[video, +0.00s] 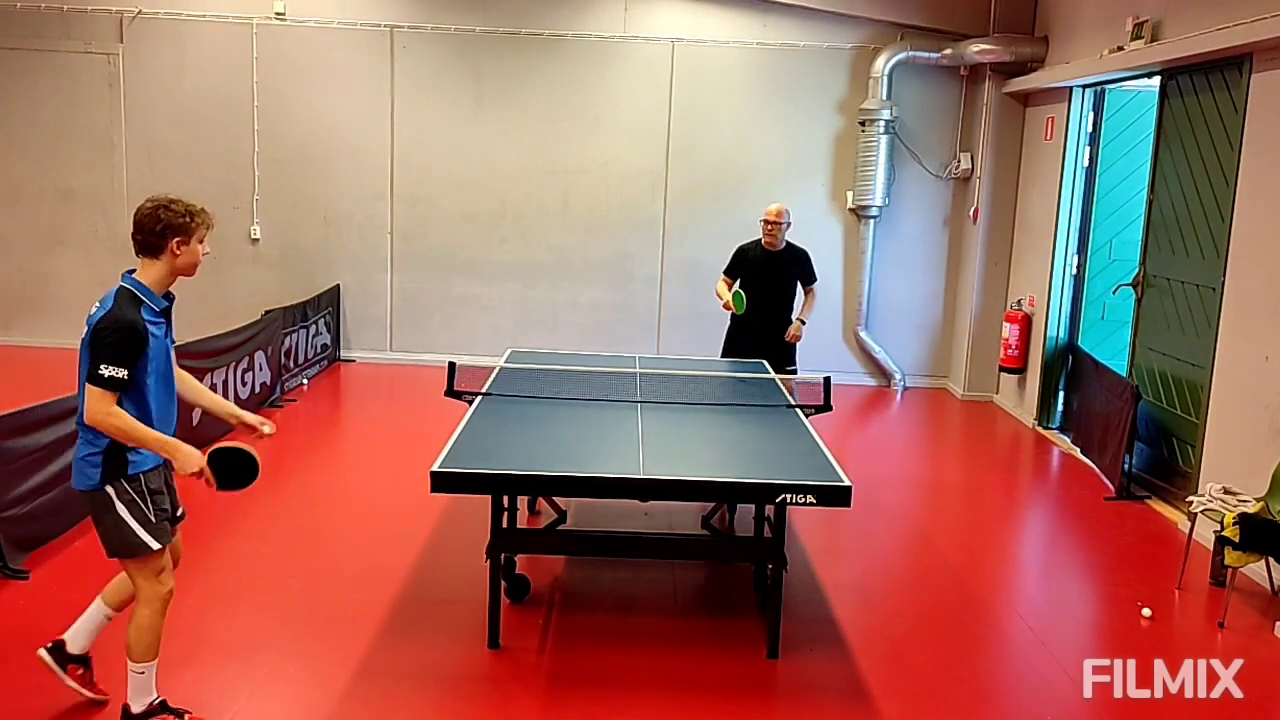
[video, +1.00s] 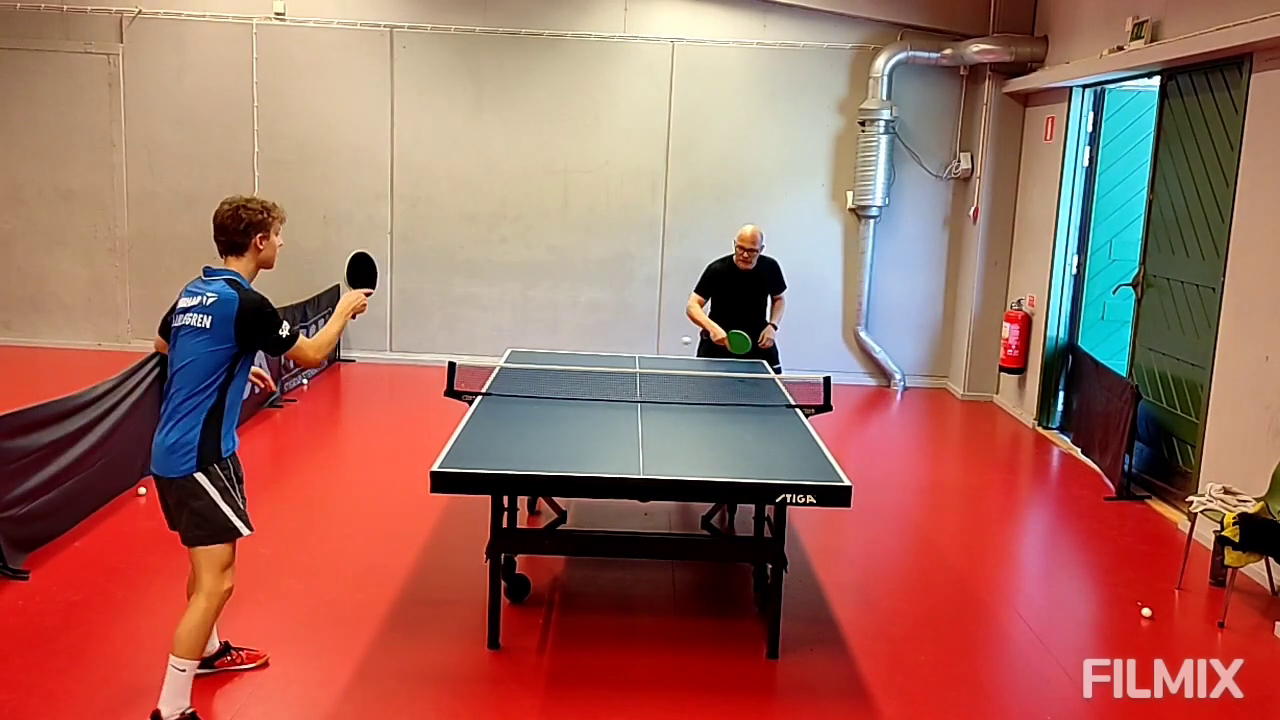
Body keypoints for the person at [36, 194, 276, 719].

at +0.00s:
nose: (205, 253)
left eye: (204, 244)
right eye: (201, 244)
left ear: (168, 247)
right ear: (176, 248)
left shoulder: (157, 300)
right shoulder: (121, 318)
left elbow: (168, 374)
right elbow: (97, 412)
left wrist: (234, 414)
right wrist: (174, 449)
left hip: (147, 461)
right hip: (117, 472)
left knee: (167, 558)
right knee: (155, 585)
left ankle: (71, 647)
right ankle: (142, 706)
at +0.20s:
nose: (236, 250)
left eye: (236, 241)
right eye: (232, 241)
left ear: (197, 244)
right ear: (206, 244)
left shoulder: (204, 304)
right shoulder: (137, 312)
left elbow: (239, 355)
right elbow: (80, 389)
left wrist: (313, 369)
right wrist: (75, 469)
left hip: (180, 457)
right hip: (136, 469)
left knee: (200, 546)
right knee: (153, 582)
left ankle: (175, 649)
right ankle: (140, 705)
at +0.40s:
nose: (269, 255)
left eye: (269, 245)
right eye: (265, 246)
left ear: (233, 248)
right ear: (238, 248)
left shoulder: (242, 309)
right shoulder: (168, 307)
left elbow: (290, 361)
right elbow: (105, 372)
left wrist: (364, 374)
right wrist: (94, 438)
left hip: (200, 456)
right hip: (156, 462)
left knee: (216, 549)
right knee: (167, 581)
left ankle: (207, 650)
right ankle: (143, 703)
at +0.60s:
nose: (290, 250)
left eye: (289, 241)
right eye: (286, 241)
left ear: (256, 244)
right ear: (260, 245)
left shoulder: (247, 299)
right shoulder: (211, 303)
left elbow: (263, 366)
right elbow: (227, 391)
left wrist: (294, 380)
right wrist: (304, 406)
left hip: (205, 444)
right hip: (167, 451)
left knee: (219, 544)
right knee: (174, 571)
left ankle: (207, 650)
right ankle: (148, 698)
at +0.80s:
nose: (288, 245)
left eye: (286, 235)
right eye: (284, 236)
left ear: (242, 240)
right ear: (263, 240)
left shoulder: (213, 286)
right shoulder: (238, 297)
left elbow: (219, 362)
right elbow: (306, 351)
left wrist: (277, 363)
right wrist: (349, 310)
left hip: (204, 446)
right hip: (183, 452)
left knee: (221, 543)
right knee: (192, 574)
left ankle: (206, 650)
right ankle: (140, 700)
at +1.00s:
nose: (281, 243)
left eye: (280, 234)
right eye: (278, 235)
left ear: (232, 241)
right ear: (258, 241)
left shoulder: (194, 290)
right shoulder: (247, 303)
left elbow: (165, 343)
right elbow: (311, 354)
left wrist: (234, 365)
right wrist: (344, 310)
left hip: (177, 454)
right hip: (198, 460)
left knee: (211, 563)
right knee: (213, 589)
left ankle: (207, 650)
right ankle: (171, 711)